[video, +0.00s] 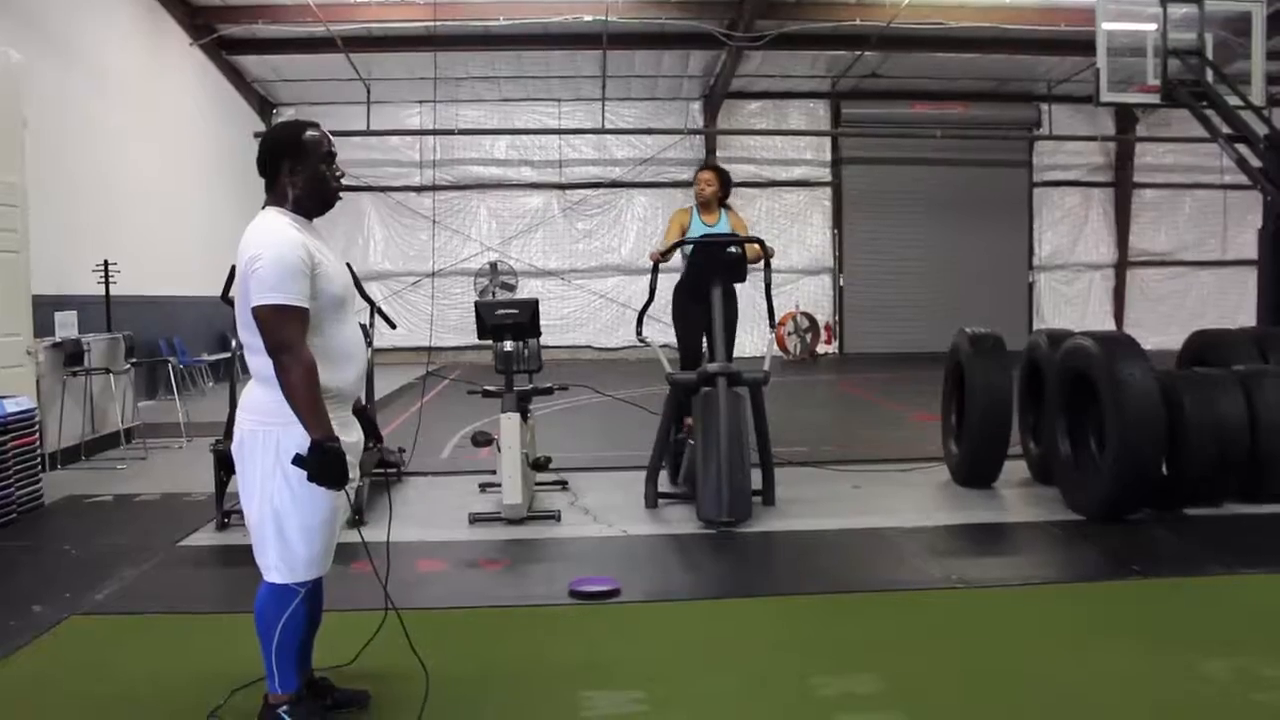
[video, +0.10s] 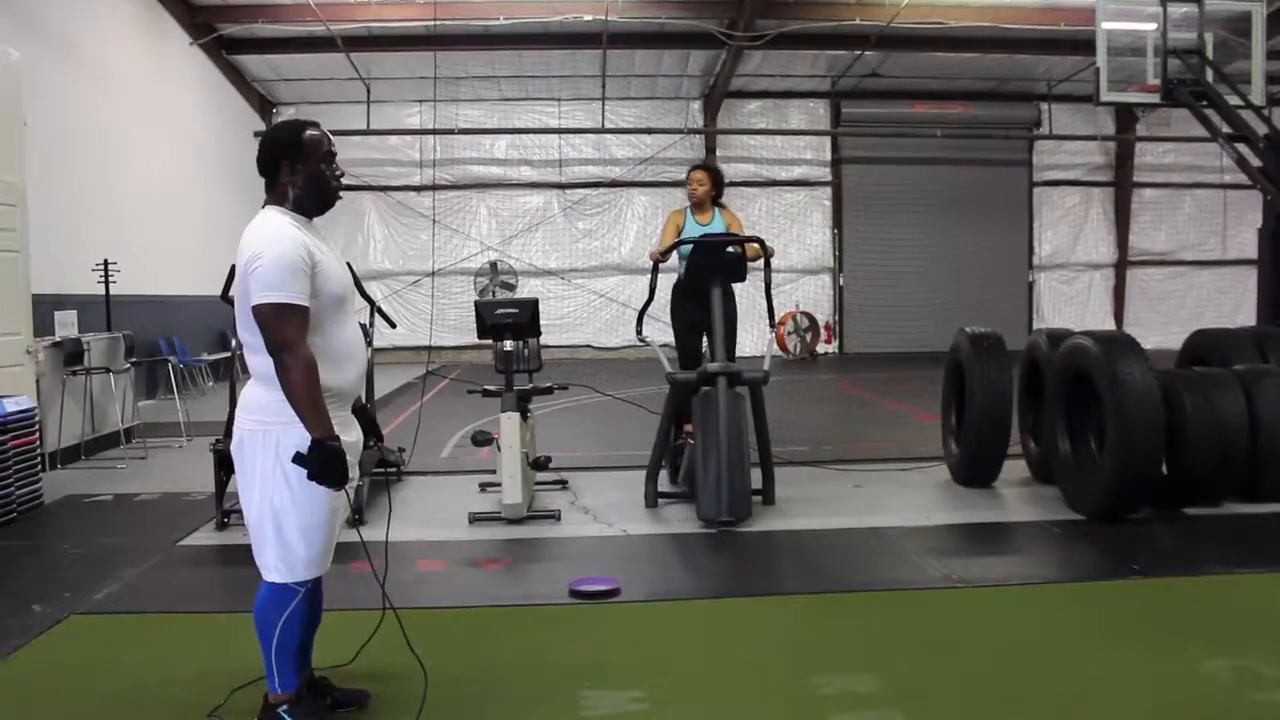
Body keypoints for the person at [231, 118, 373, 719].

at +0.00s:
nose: (339, 172)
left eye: (335, 161)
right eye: (326, 161)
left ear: (297, 173)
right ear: (291, 171)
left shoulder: (298, 238)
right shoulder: (275, 241)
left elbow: (324, 341)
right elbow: (286, 351)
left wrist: (361, 412)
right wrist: (323, 439)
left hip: (308, 428)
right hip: (285, 431)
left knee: (307, 567)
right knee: (289, 572)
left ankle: (299, 682)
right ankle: (285, 698)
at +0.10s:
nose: (339, 171)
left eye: (336, 161)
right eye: (326, 161)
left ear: (297, 173)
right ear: (289, 170)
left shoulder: (299, 237)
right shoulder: (276, 239)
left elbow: (320, 339)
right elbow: (286, 349)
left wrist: (358, 407)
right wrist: (322, 436)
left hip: (307, 427)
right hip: (284, 431)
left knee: (306, 567)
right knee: (290, 572)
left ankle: (300, 682)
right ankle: (283, 700)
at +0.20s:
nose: (339, 171)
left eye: (336, 160)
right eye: (326, 161)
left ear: (296, 173)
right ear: (290, 170)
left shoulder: (299, 236)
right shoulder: (276, 238)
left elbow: (321, 338)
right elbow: (287, 347)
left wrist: (359, 406)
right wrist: (323, 436)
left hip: (307, 427)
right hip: (284, 431)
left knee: (306, 566)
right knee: (289, 571)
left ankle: (299, 682)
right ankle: (284, 699)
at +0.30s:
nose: (339, 169)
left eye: (336, 159)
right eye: (326, 159)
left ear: (297, 172)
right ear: (290, 169)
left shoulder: (299, 235)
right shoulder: (276, 238)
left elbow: (323, 337)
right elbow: (287, 347)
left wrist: (358, 406)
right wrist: (323, 435)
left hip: (308, 426)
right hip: (284, 430)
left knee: (306, 566)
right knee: (289, 571)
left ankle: (298, 682)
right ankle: (283, 699)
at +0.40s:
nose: (339, 170)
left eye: (336, 159)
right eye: (326, 159)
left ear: (296, 172)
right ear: (291, 169)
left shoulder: (300, 237)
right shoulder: (276, 239)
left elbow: (325, 340)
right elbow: (287, 349)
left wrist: (360, 410)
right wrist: (324, 438)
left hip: (308, 427)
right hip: (284, 430)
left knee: (306, 566)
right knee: (290, 571)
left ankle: (300, 681)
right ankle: (283, 699)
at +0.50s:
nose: (338, 170)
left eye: (335, 159)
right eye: (326, 159)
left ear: (296, 171)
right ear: (290, 169)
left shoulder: (298, 237)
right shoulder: (274, 240)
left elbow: (322, 342)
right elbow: (286, 350)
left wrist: (358, 412)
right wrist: (324, 438)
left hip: (308, 428)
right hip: (283, 431)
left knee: (306, 566)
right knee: (290, 571)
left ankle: (299, 680)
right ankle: (283, 698)